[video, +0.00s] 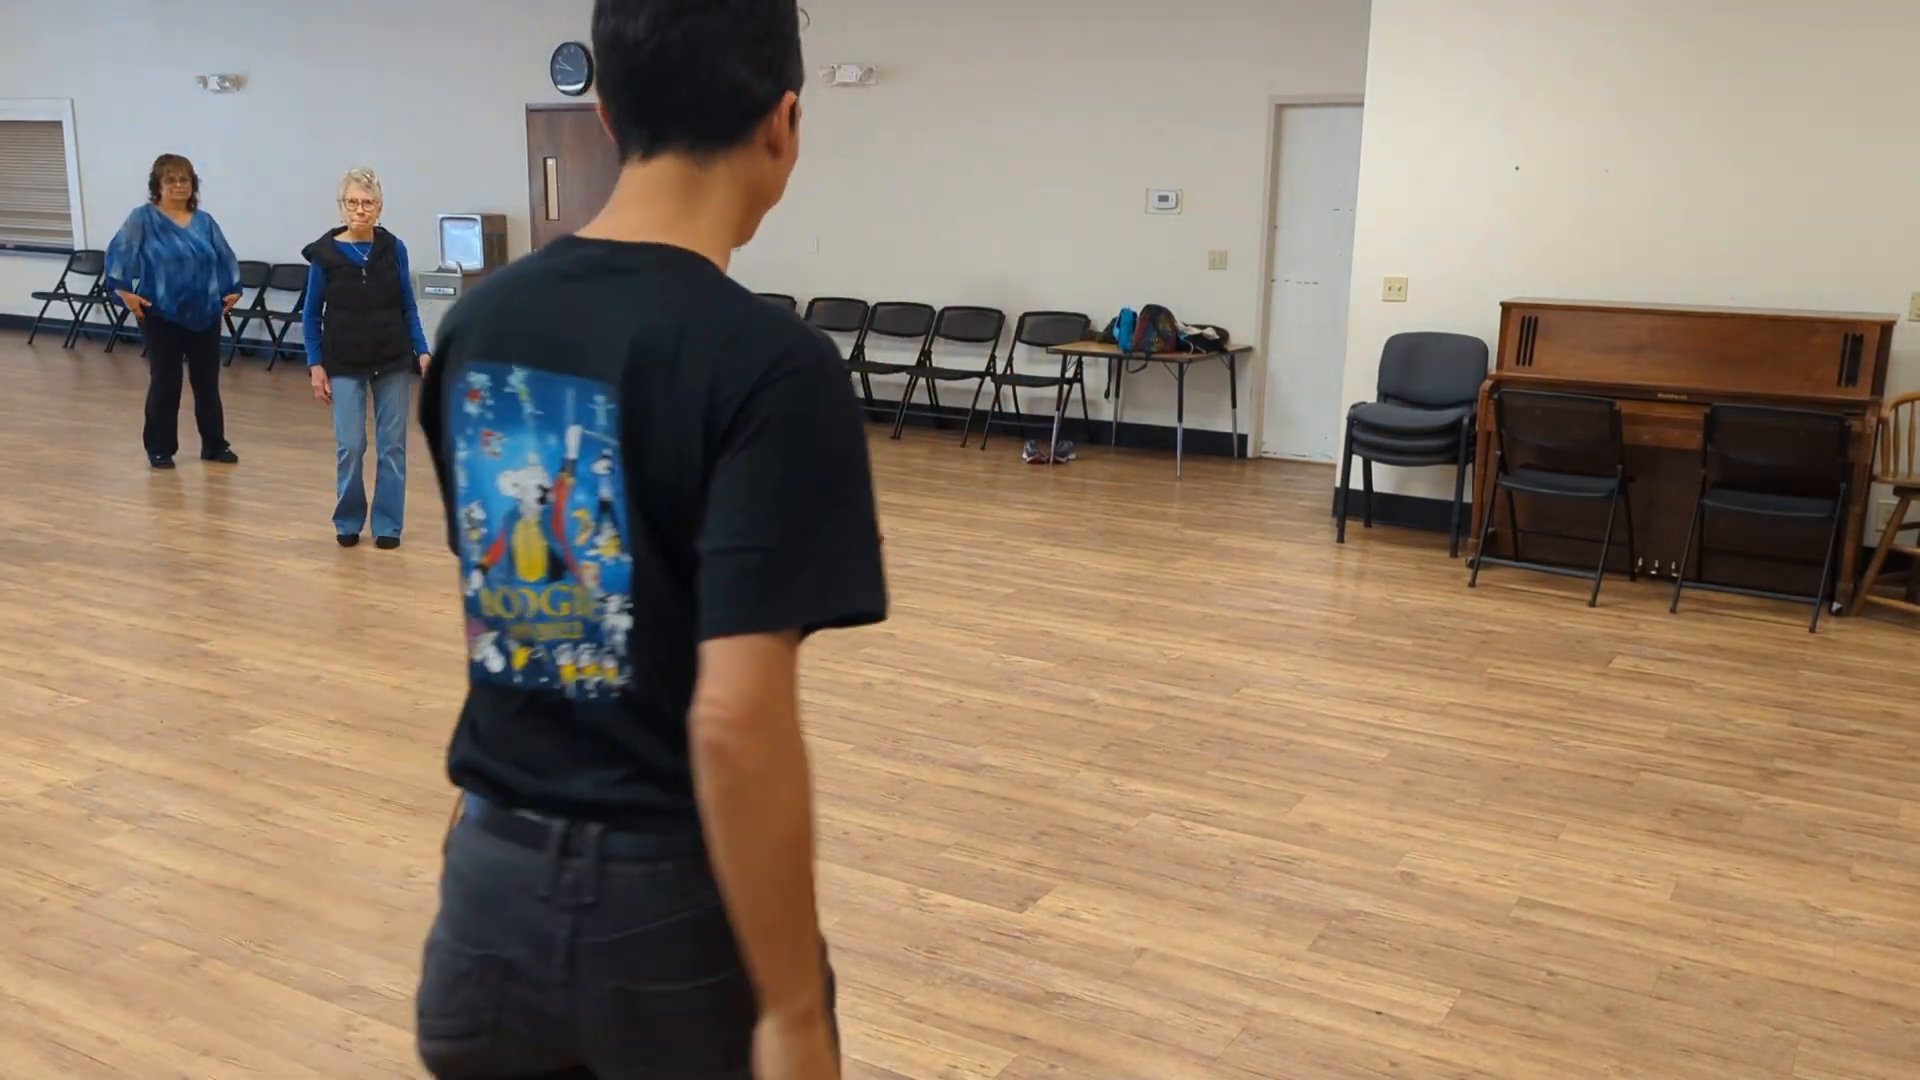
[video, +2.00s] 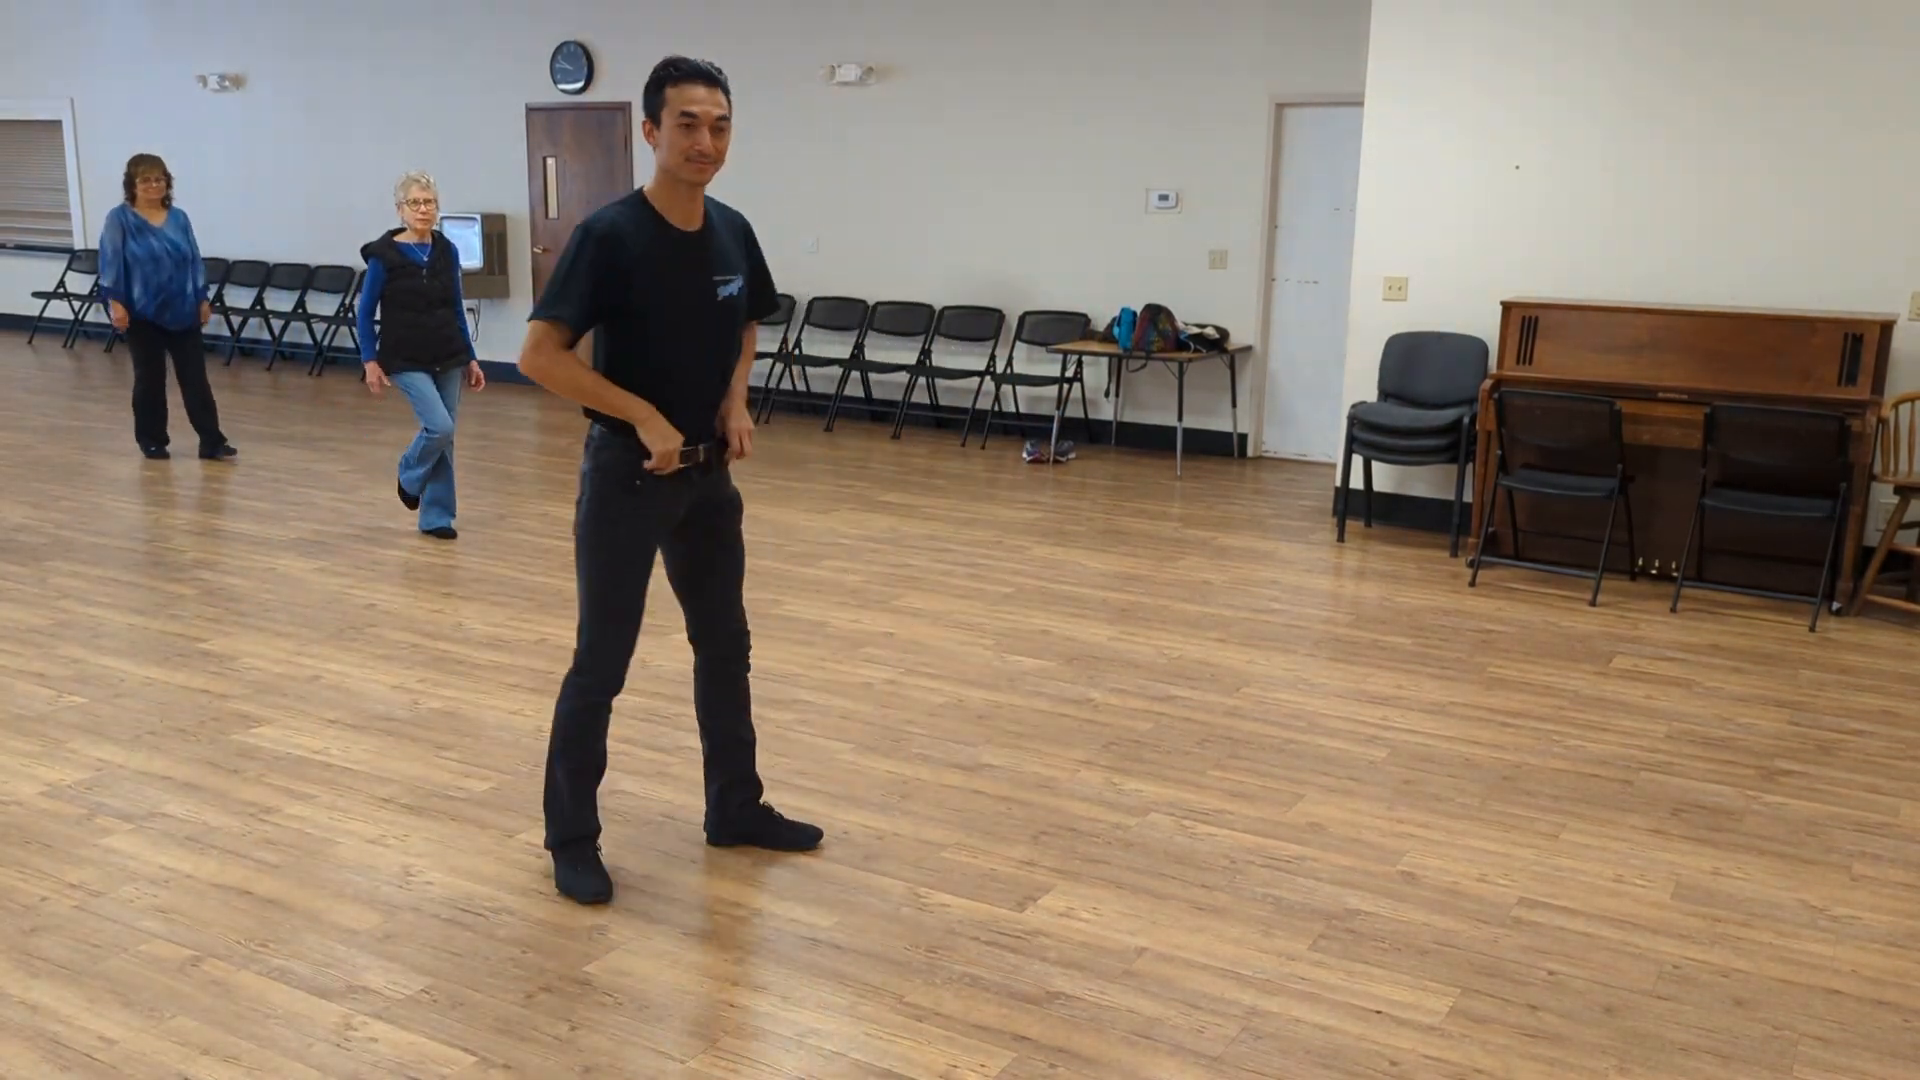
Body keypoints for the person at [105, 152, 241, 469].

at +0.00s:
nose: (180, 185)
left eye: (185, 179)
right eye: (172, 180)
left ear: (193, 184)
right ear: (159, 184)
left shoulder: (205, 221)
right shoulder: (144, 217)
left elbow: (226, 259)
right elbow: (116, 258)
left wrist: (234, 289)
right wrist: (124, 292)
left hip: (204, 315)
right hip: (162, 315)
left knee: (207, 383)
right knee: (166, 383)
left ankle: (214, 445)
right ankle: (160, 450)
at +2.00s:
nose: (154, 184)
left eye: (159, 179)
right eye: (146, 179)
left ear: (167, 183)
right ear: (133, 184)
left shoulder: (178, 217)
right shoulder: (120, 217)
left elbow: (195, 260)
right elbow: (110, 263)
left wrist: (201, 298)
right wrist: (115, 301)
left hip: (183, 310)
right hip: (143, 312)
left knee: (195, 378)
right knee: (150, 379)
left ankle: (211, 441)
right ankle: (152, 441)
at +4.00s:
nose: (166, 183)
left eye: (172, 178)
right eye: (159, 178)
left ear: (180, 183)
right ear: (147, 183)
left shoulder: (189, 218)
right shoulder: (134, 216)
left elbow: (204, 261)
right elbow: (128, 262)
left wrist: (214, 296)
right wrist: (134, 298)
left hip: (192, 308)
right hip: (155, 308)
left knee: (192, 375)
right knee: (157, 375)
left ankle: (193, 436)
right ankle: (152, 440)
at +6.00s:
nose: (182, 185)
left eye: (185, 180)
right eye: (175, 179)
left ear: (186, 183)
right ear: (156, 182)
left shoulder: (190, 217)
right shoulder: (137, 216)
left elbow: (205, 261)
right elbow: (133, 262)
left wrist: (216, 296)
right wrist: (143, 298)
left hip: (194, 308)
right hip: (158, 308)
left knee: (193, 374)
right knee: (159, 374)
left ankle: (193, 435)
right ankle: (152, 440)